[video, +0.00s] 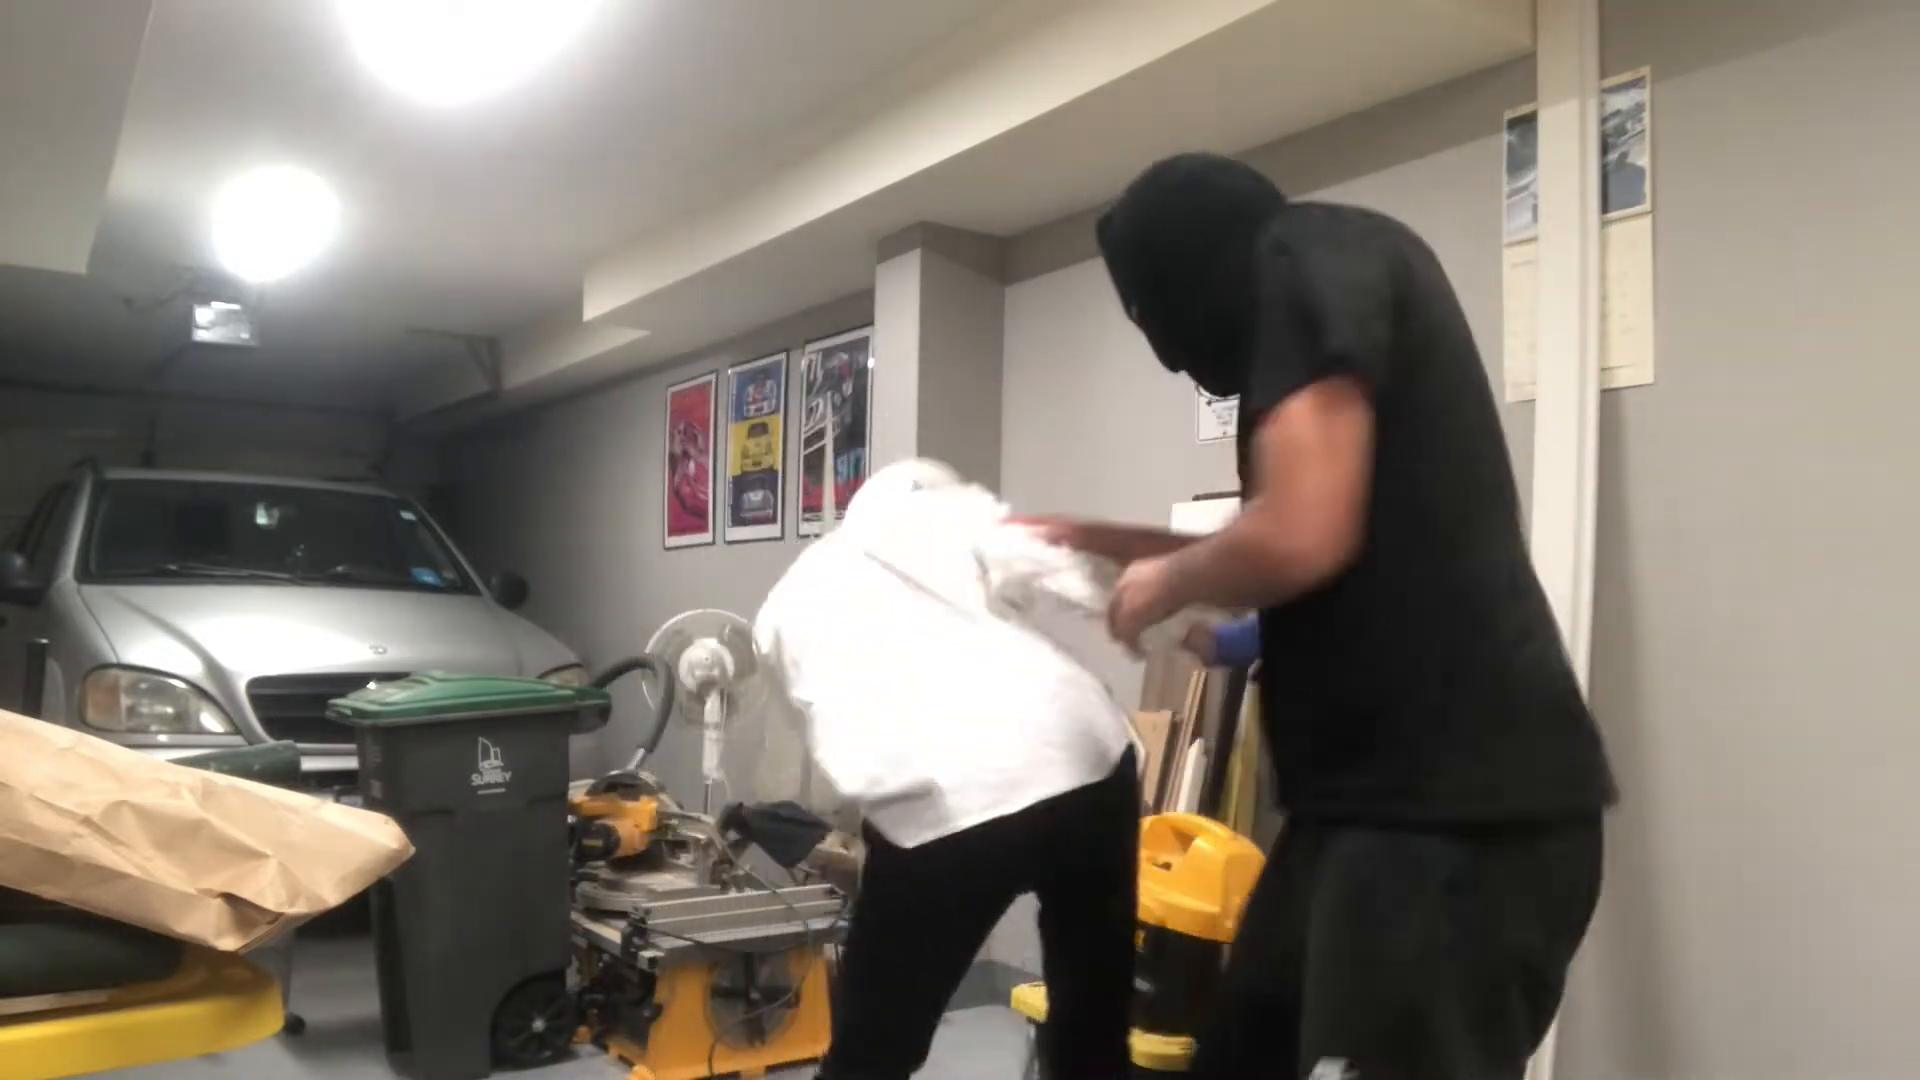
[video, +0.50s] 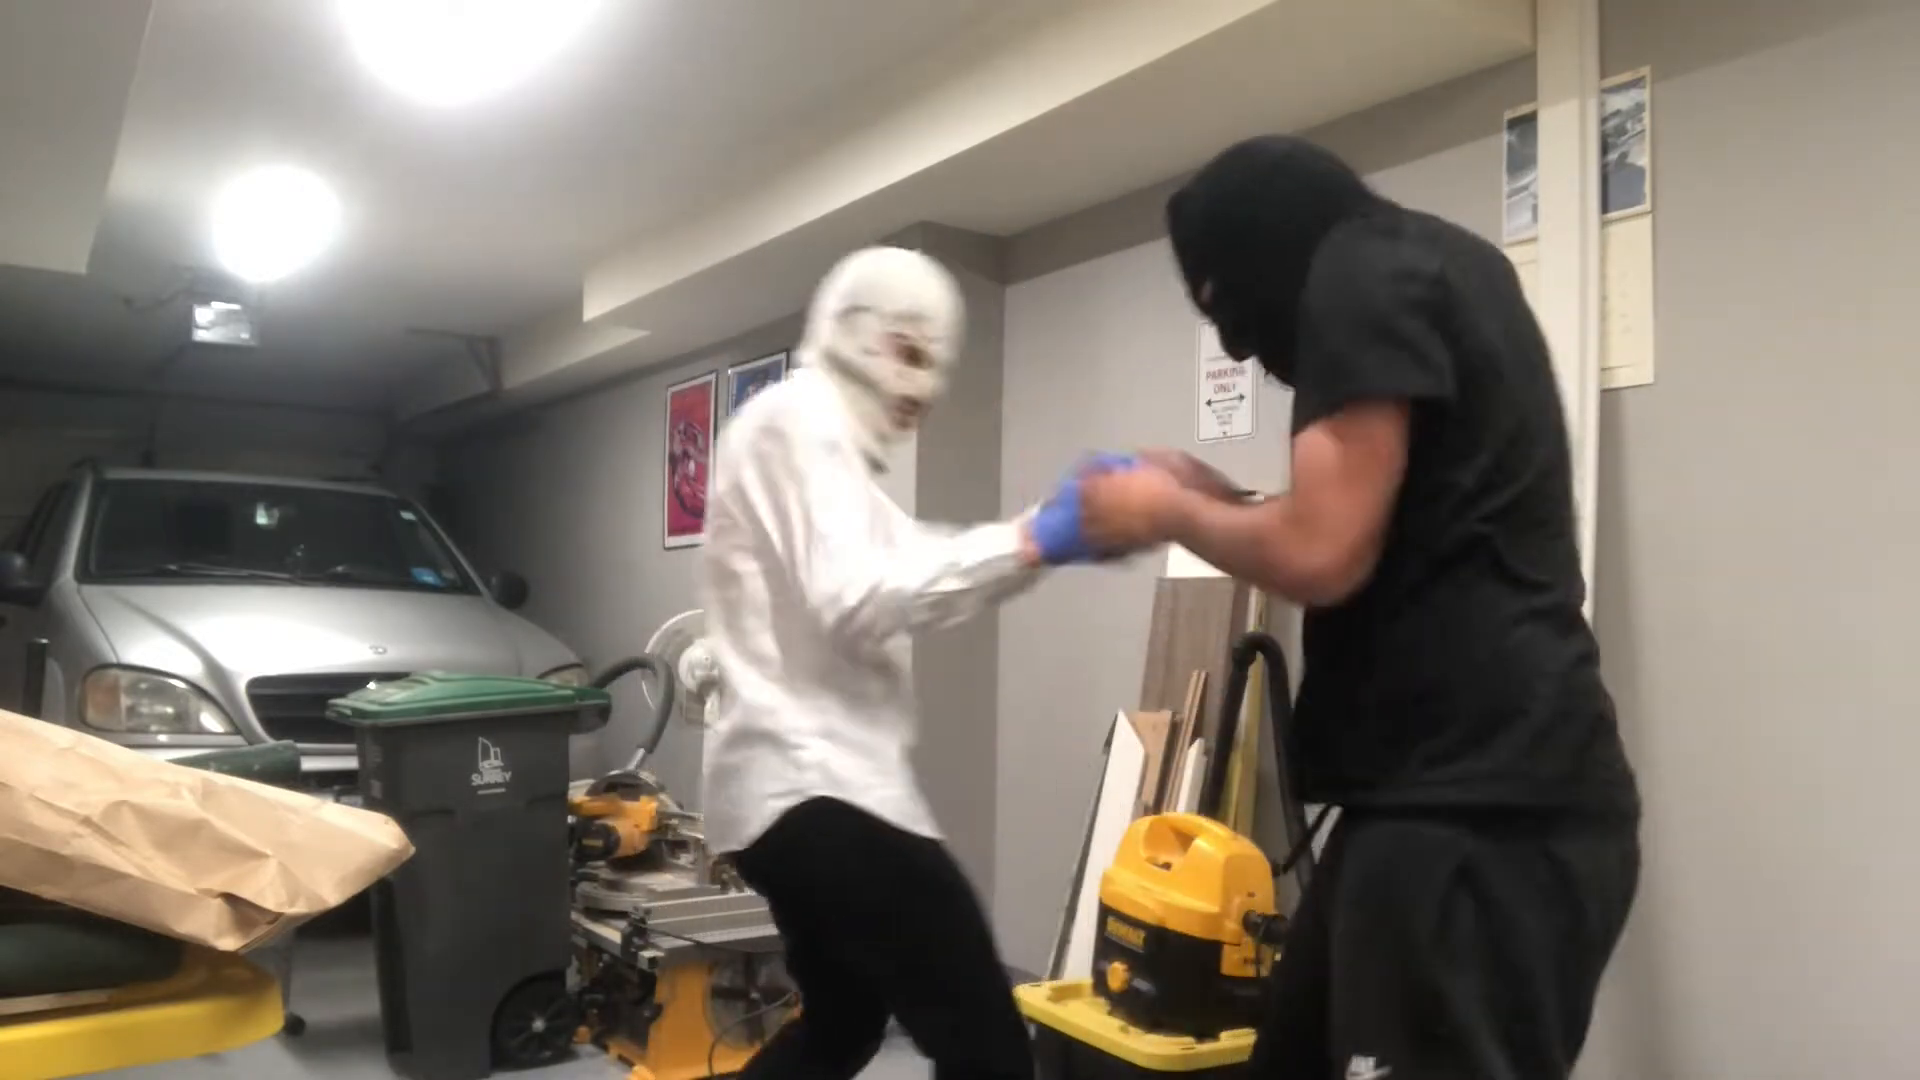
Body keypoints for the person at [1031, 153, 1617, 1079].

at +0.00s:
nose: (1167, 349)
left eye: (1157, 311)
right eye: (1149, 320)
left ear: (1192, 264)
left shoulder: (1318, 251)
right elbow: (1285, 542)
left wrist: (1172, 583)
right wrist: (1112, 544)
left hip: (1452, 821)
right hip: (1367, 810)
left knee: (1407, 1062)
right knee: (1241, 1062)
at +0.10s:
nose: (1162, 359)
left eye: (1149, 322)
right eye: (1141, 331)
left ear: (1186, 270)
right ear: (1223, 234)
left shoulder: (1307, 281)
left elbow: (1268, 560)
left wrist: (1146, 538)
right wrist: (1176, 581)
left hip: (1468, 817)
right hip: (1367, 808)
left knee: (1393, 1061)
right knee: (1260, 1060)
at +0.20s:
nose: (1167, 379)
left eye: (1157, 353)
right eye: (1152, 362)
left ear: (1183, 305)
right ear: (1265, 251)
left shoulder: (1257, 337)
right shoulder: (1455, 333)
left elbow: (1119, 580)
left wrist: (1043, 543)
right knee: (1268, 1064)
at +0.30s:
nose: (1176, 372)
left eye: (1165, 344)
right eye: (1159, 355)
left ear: (1196, 290)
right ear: (1256, 240)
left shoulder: (1292, 298)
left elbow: (1124, 542)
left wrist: (1056, 558)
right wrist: (1254, 570)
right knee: (1277, 1069)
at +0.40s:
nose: (1201, 344)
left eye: (1193, 313)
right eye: (1185, 322)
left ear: (1231, 258)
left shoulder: (1340, 267)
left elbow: (1250, 560)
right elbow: (1325, 572)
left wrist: (1121, 540)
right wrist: (1164, 523)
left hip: (1491, 828)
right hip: (1410, 822)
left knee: (1444, 1062)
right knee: (1298, 1063)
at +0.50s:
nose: (1221, 326)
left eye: (1217, 293)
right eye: (1207, 301)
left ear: (1267, 243)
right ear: (1314, 213)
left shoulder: (1370, 270)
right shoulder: (1431, 268)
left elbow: (1318, 554)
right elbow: (1363, 536)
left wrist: (1169, 513)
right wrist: (1222, 504)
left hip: (1469, 824)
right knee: (1298, 1061)